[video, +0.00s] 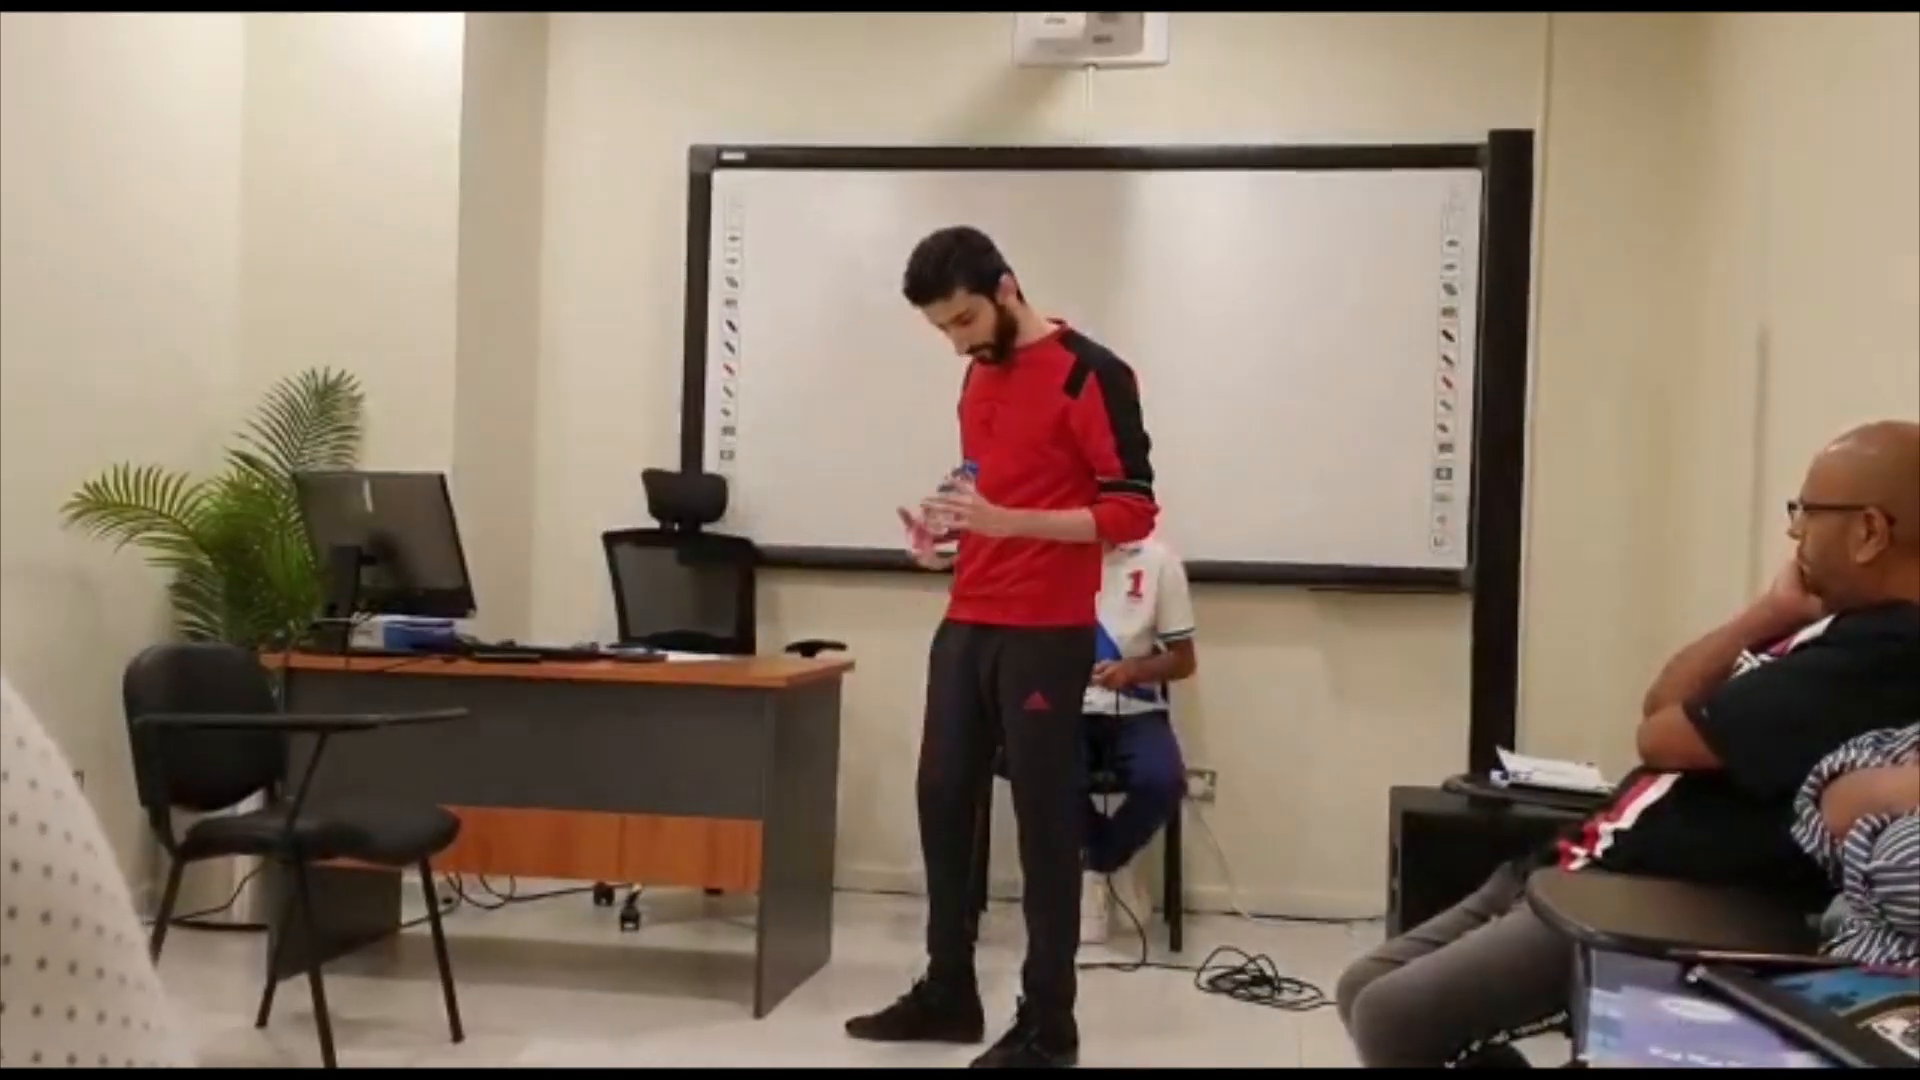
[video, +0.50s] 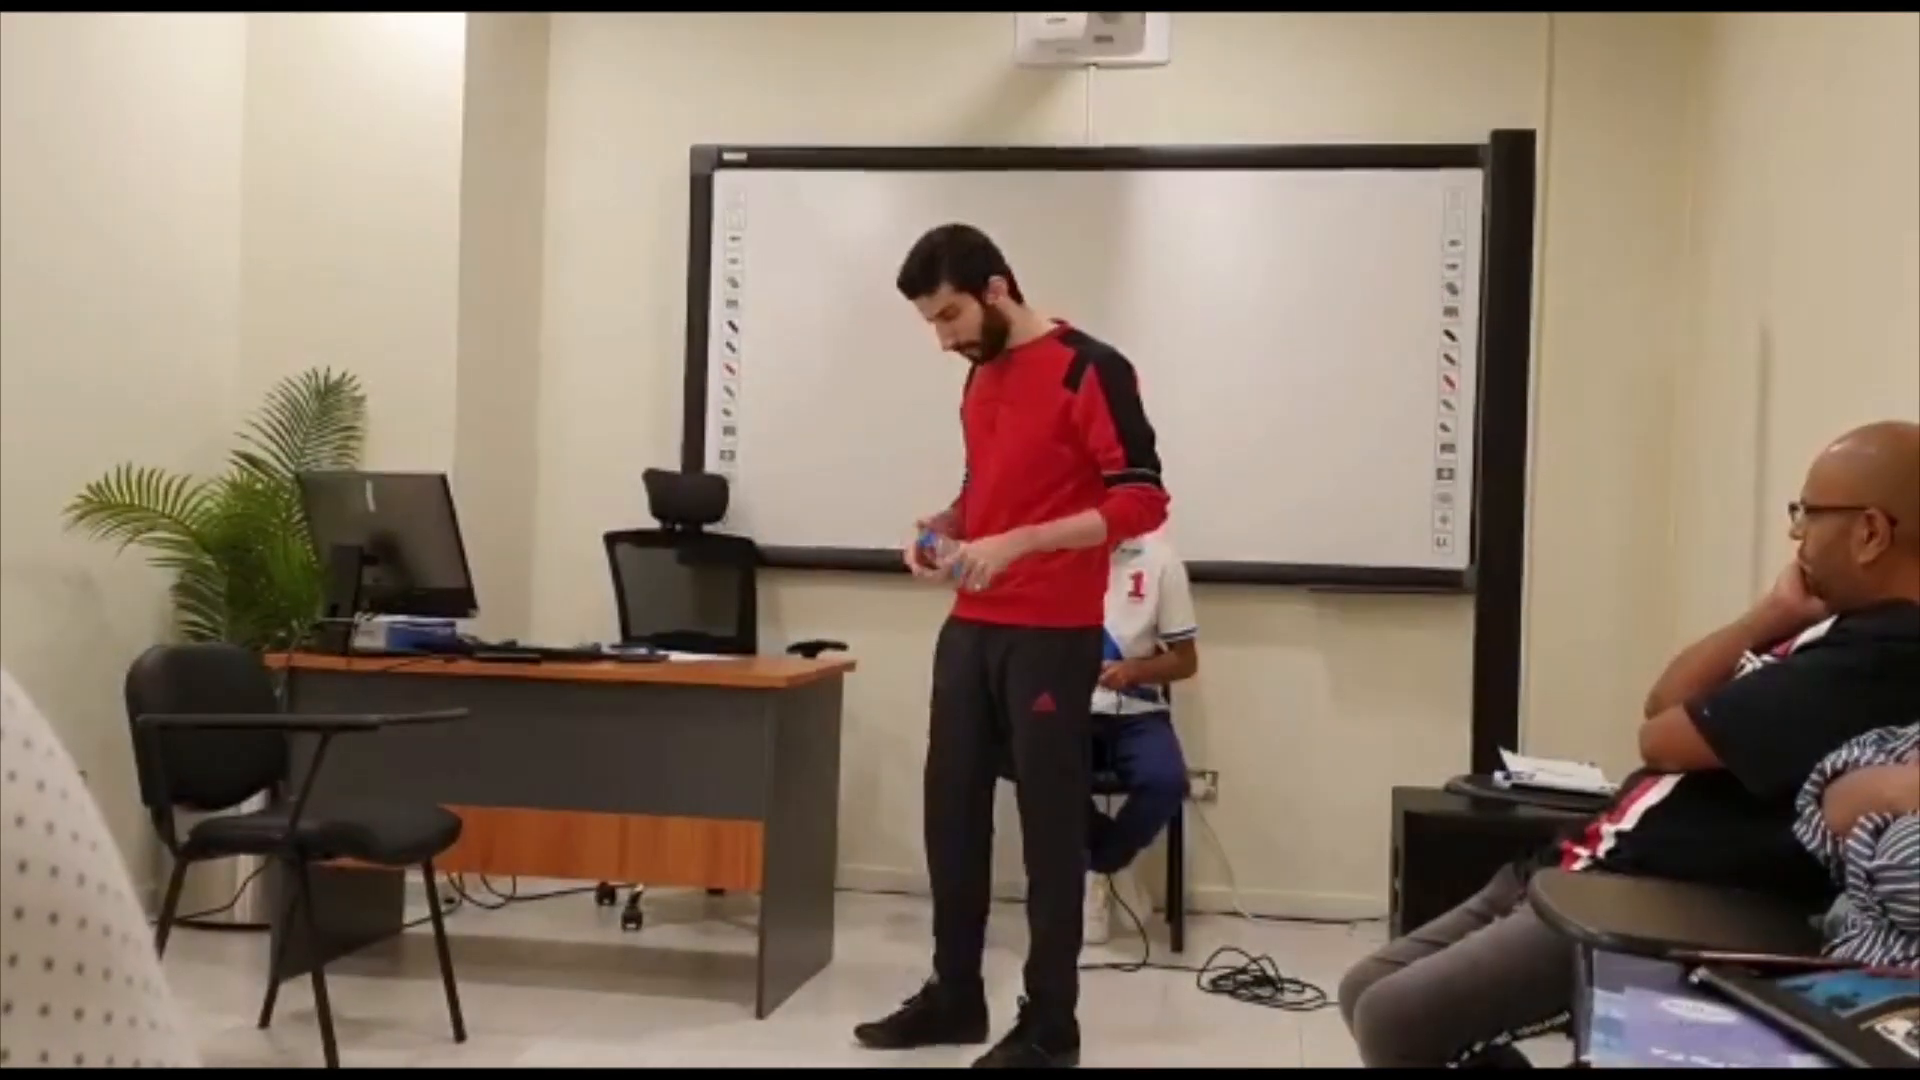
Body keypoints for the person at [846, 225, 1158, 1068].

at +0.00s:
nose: (957, 340)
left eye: (964, 320)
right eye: (943, 327)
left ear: (1007, 289)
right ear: (937, 318)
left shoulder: (1093, 375)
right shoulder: (980, 375)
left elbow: (1133, 515)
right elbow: (988, 479)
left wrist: (1002, 520)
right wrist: (942, 514)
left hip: (1049, 634)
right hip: (969, 625)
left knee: (1047, 828)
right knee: (946, 802)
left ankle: (1046, 1025)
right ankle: (948, 993)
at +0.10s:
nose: (958, 341)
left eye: (965, 321)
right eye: (945, 328)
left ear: (1009, 288)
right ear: (939, 319)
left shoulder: (1096, 374)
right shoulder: (983, 377)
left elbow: (1133, 515)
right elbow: (1006, 495)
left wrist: (1003, 515)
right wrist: (957, 510)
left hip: (1051, 634)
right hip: (972, 625)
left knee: (1048, 832)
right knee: (948, 804)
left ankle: (1046, 1027)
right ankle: (948, 993)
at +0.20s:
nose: (959, 342)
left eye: (966, 321)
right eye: (946, 329)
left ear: (1008, 289)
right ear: (942, 319)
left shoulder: (1097, 372)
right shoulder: (985, 378)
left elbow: (1136, 513)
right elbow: (1007, 499)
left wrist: (1007, 515)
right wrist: (962, 506)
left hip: (1054, 632)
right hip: (975, 623)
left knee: (1050, 825)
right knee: (950, 797)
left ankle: (1048, 1024)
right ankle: (949, 991)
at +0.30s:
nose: (959, 342)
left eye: (965, 322)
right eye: (945, 329)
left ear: (1008, 289)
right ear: (944, 318)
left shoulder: (1098, 372)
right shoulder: (987, 378)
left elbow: (1138, 512)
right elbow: (1011, 498)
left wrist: (1006, 513)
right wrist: (964, 506)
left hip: (1056, 633)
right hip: (976, 625)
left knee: (1051, 827)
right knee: (950, 799)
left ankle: (1048, 1025)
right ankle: (950, 993)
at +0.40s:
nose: (956, 342)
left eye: (961, 322)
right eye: (943, 329)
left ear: (1006, 290)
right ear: (949, 317)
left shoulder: (1098, 371)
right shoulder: (986, 380)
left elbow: (1141, 507)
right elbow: (993, 494)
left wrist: (1010, 522)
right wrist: (951, 521)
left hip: (1057, 635)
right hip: (976, 626)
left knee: (1053, 832)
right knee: (951, 807)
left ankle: (1048, 1025)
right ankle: (951, 994)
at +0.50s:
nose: (941, 338)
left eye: (947, 318)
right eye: (932, 323)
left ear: (996, 289)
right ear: (972, 304)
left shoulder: (1091, 369)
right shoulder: (982, 381)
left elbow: (1145, 502)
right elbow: (988, 492)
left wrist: (1017, 542)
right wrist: (944, 530)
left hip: (1054, 637)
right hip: (973, 630)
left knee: (1052, 833)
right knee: (953, 814)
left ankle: (1049, 1026)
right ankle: (955, 996)